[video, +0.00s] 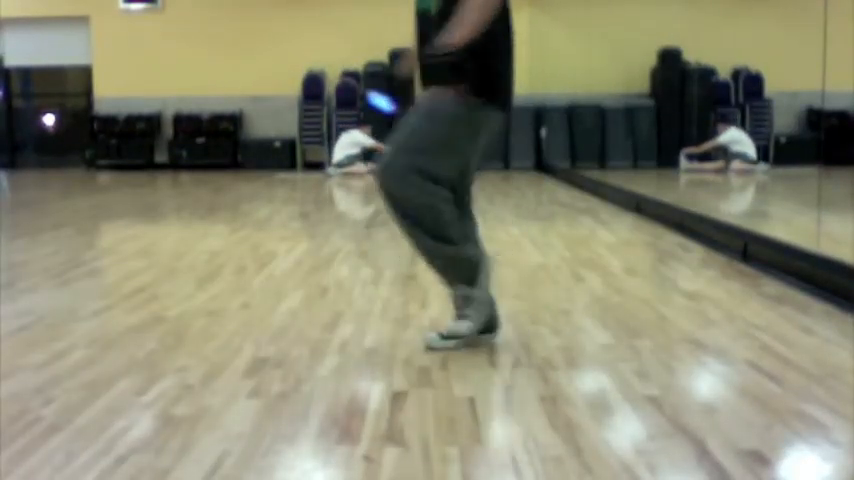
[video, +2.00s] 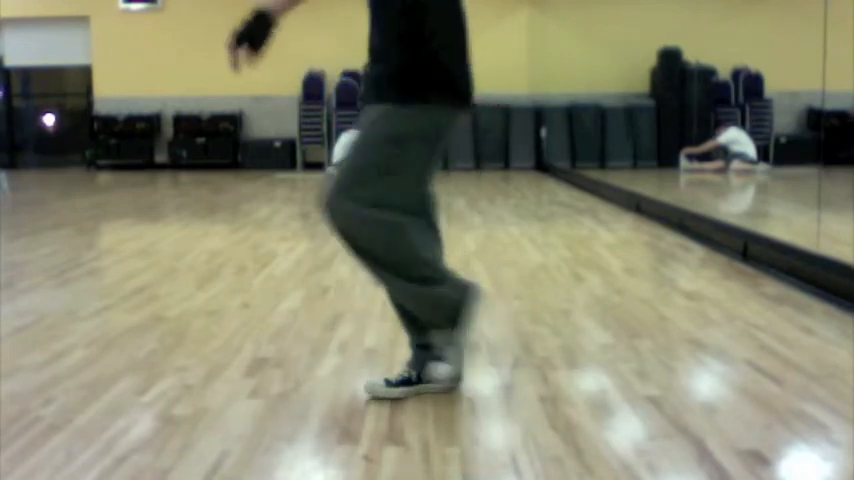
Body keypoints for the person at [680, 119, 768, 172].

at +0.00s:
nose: (719, 130)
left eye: (720, 127)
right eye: (718, 127)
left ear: (724, 126)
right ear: (729, 125)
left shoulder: (731, 133)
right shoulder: (735, 132)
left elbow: (708, 146)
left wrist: (688, 150)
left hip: (745, 160)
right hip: (734, 160)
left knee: (734, 168)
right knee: (714, 166)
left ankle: (754, 171)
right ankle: (690, 166)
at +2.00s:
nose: (719, 134)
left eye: (719, 132)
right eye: (718, 133)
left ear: (724, 128)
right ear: (727, 127)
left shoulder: (731, 132)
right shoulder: (732, 132)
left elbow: (710, 146)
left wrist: (688, 151)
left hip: (744, 159)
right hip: (734, 159)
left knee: (734, 167)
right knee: (716, 165)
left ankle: (755, 171)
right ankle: (696, 166)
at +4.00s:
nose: (719, 135)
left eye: (720, 133)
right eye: (719, 133)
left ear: (723, 129)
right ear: (727, 127)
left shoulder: (731, 132)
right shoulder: (733, 132)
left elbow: (710, 146)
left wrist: (688, 151)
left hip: (744, 159)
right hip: (735, 159)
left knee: (733, 169)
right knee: (715, 165)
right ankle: (692, 166)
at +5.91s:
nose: (719, 136)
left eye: (719, 134)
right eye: (718, 135)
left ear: (722, 130)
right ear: (725, 129)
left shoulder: (731, 132)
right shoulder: (731, 133)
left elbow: (708, 147)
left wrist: (687, 151)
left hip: (745, 159)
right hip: (734, 159)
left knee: (733, 168)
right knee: (714, 165)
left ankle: (754, 170)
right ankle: (691, 166)